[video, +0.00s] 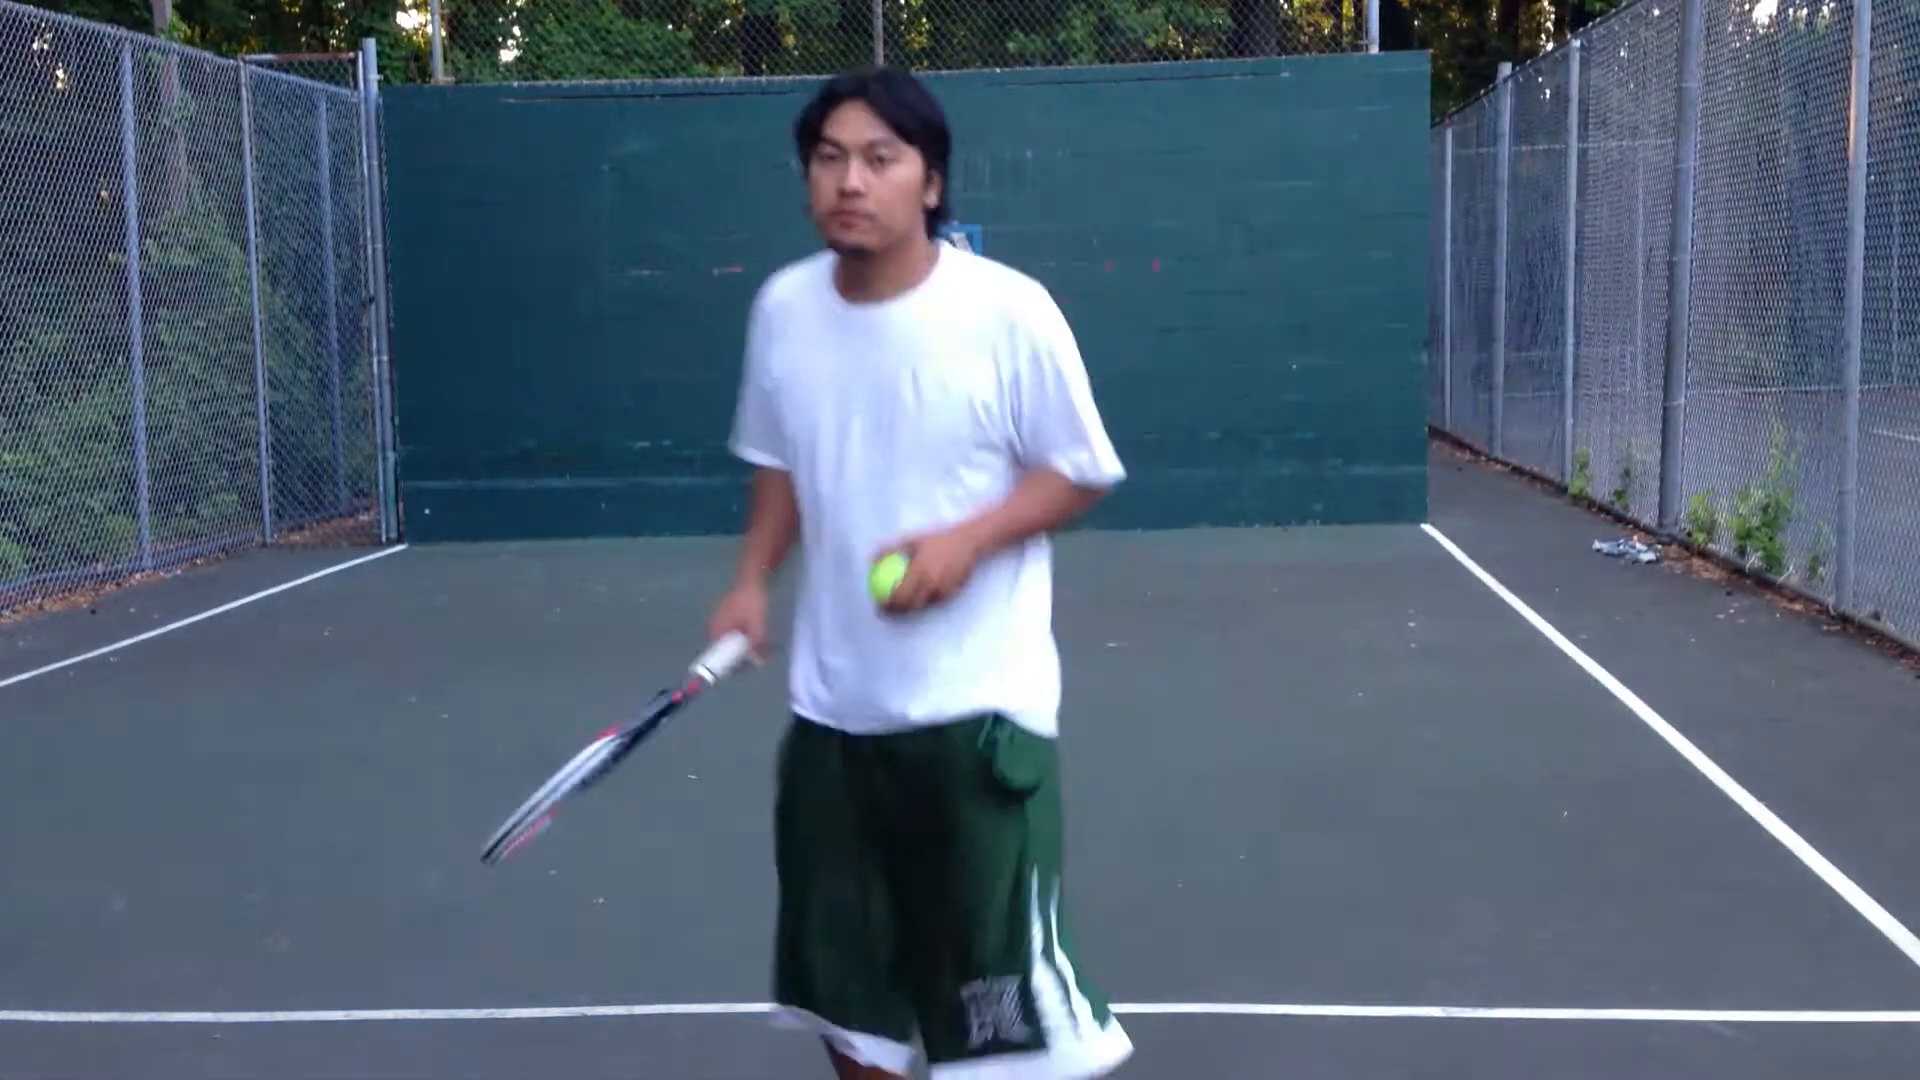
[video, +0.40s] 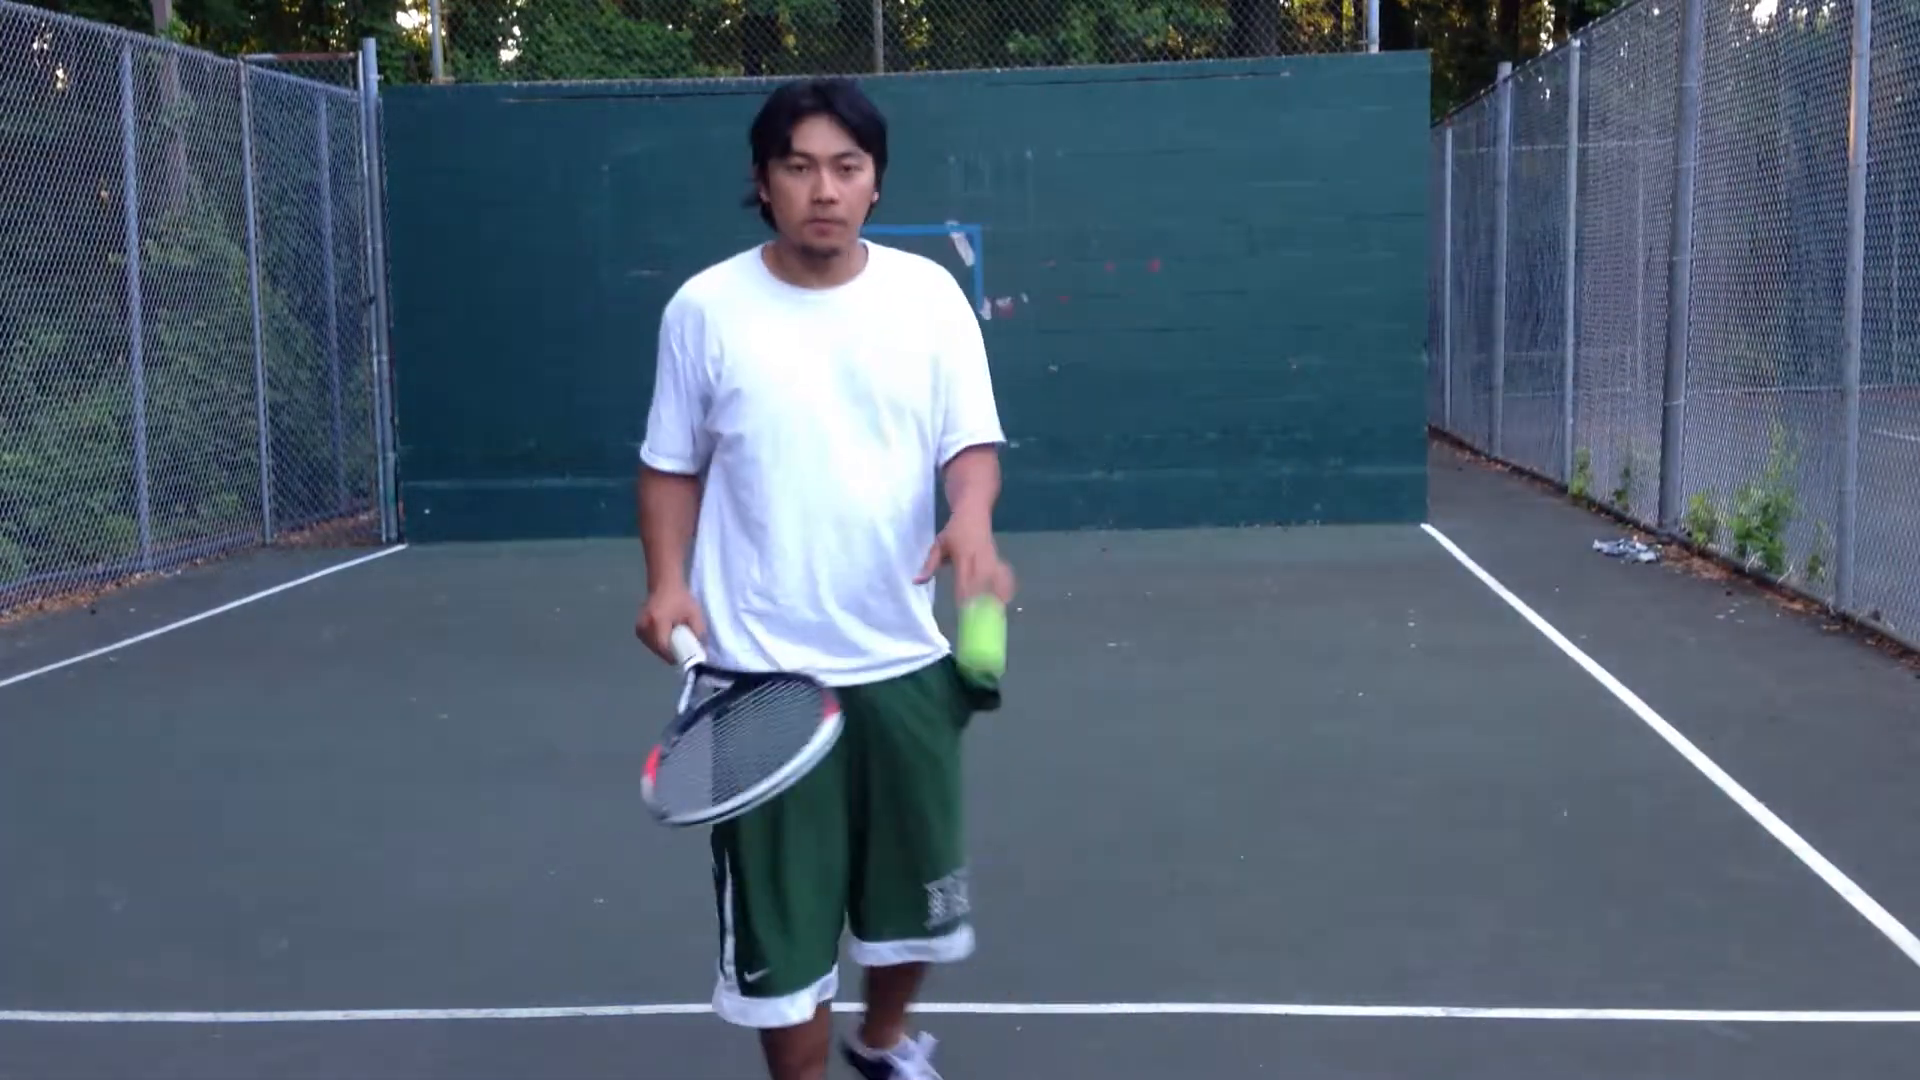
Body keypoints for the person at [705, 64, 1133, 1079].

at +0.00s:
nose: (849, 180)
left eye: (879, 159)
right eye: (829, 159)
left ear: (931, 183)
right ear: (807, 183)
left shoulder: (1010, 310)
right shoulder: (786, 306)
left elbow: (1081, 470)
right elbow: (778, 464)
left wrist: (969, 540)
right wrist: (750, 582)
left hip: (973, 704)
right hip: (834, 702)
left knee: (998, 1004)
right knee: (853, 1001)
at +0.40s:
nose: (825, 190)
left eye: (846, 169)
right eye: (801, 169)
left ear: (873, 184)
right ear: (764, 184)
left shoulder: (929, 295)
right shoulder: (705, 309)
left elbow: (969, 437)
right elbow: (670, 465)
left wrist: (971, 519)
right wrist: (667, 581)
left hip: (904, 651)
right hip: (758, 662)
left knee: (912, 882)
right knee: (781, 912)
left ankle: (884, 1042)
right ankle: (797, 1072)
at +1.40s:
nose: (834, 244)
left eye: (833, 225)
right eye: (823, 226)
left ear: (772, 233)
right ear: (768, 232)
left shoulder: (799, 314)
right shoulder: (639, 322)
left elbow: (804, 438)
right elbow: (574, 457)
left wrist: (833, 508)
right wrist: (596, 584)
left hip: (768, 627)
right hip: (663, 636)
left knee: (768, 833)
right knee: (661, 851)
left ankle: (715, 993)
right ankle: (652, 1034)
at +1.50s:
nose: (837, 249)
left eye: (836, 233)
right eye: (829, 234)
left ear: (772, 235)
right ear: (781, 237)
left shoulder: (794, 317)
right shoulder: (648, 324)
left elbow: (798, 455)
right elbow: (576, 457)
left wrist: (833, 556)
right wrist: (592, 580)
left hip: (766, 620)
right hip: (661, 630)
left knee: (774, 807)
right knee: (657, 841)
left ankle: (720, 984)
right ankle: (652, 1033)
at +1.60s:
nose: (842, 248)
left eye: (840, 231)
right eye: (836, 232)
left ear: (775, 233)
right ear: (800, 239)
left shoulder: (792, 316)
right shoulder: (663, 323)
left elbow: (794, 460)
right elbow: (587, 455)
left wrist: (848, 555)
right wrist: (590, 563)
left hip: (751, 614)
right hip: (655, 627)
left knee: (783, 792)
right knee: (652, 839)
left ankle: (734, 970)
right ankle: (653, 1032)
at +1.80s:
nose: (862, 269)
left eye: (864, 253)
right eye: (859, 252)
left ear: (810, 245)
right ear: (824, 247)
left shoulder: (792, 331)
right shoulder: (713, 326)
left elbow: (833, 443)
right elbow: (630, 444)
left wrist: (932, 490)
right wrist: (619, 533)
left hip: (730, 618)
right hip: (674, 619)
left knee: (736, 807)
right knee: (672, 833)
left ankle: (776, 976)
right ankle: (652, 1036)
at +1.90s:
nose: (871, 277)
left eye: (875, 261)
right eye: (871, 260)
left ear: (811, 246)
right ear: (834, 254)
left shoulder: (780, 323)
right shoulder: (749, 330)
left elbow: (838, 408)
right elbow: (681, 453)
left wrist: (945, 425)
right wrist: (680, 555)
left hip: (725, 613)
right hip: (697, 618)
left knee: (721, 810)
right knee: (691, 828)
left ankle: (773, 976)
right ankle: (655, 1032)